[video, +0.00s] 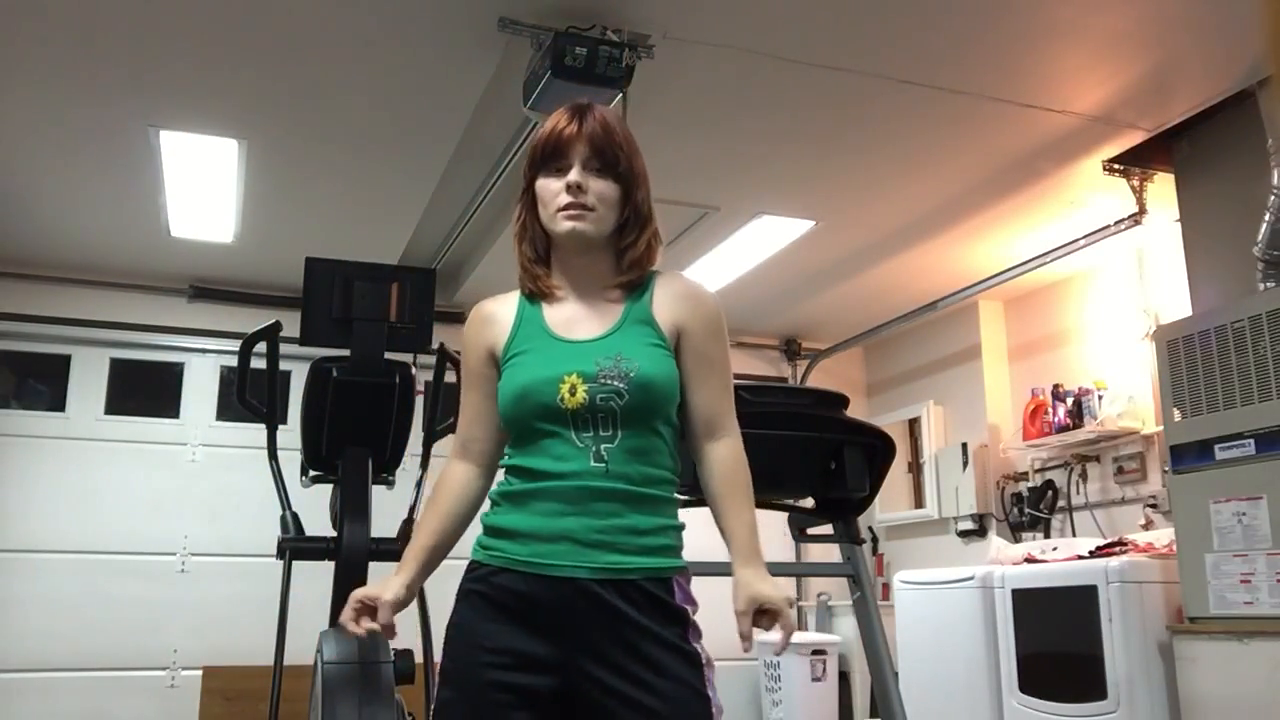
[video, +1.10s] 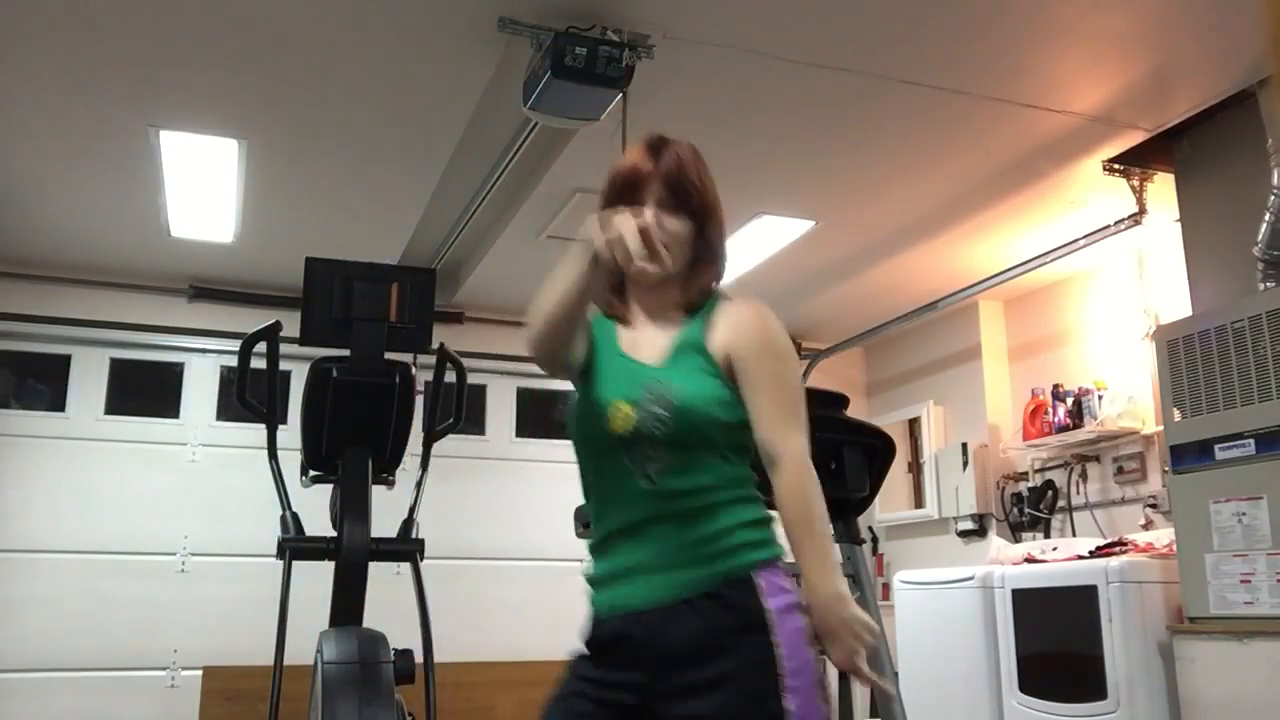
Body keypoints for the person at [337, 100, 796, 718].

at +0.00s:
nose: (575, 181)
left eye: (598, 168)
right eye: (556, 167)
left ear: (628, 195)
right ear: (533, 194)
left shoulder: (681, 305)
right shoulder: (493, 320)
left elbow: (716, 439)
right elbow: (470, 460)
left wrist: (749, 566)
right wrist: (404, 577)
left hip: (641, 609)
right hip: (504, 605)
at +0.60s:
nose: (556, 195)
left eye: (577, 178)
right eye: (536, 180)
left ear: (608, 199)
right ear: (515, 202)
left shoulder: (667, 317)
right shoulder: (476, 326)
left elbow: (705, 435)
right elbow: (454, 459)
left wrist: (730, 539)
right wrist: (349, 543)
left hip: (624, 622)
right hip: (488, 617)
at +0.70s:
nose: (562, 216)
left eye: (583, 200)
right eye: (542, 202)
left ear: (615, 221)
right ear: (519, 228)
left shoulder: (671, 322)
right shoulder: (488, 344)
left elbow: (717, 420)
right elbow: (425, 465)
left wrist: (739, 474)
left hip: (631, 629)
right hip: (498, 618)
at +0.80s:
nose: (578, 194)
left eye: (601, 177)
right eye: (558, 178)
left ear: (631, 198)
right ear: (537, 201)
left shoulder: (679, 293)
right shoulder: (504, 310)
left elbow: (741, 388)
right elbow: (407, 404)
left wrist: (752, 443)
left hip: (648, 607)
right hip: (517, 601)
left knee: (696, 708)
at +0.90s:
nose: (603, 176)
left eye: (627, 159)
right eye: (584, 160)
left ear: (656, 179)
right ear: (561, 180)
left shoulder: (692, 268)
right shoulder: (529, 282)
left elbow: (751, 365)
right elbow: (436, 339)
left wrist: (775, 471)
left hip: (669, 570)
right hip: (545, 572)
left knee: (710, 710)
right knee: (517, 708)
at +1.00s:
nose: (626, 192)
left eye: (650, 177)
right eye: (610, 173)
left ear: (679, 199)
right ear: (584, 190)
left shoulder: (716, 292)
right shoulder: (556, 299)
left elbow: (768, 412)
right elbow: (487, 322)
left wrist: (799, 542)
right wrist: (530, 206)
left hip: (698, 591)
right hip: (582, 595)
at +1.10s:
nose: (651, 223)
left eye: (673, 207)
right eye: (634, 204)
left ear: (703, 226)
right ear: (611, 221)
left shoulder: (740, 323)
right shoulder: (593, 333)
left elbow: (789, 461)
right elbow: (545, 342)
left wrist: (827, 597)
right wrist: (588, 246)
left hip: (741, 617)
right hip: (624, 629)